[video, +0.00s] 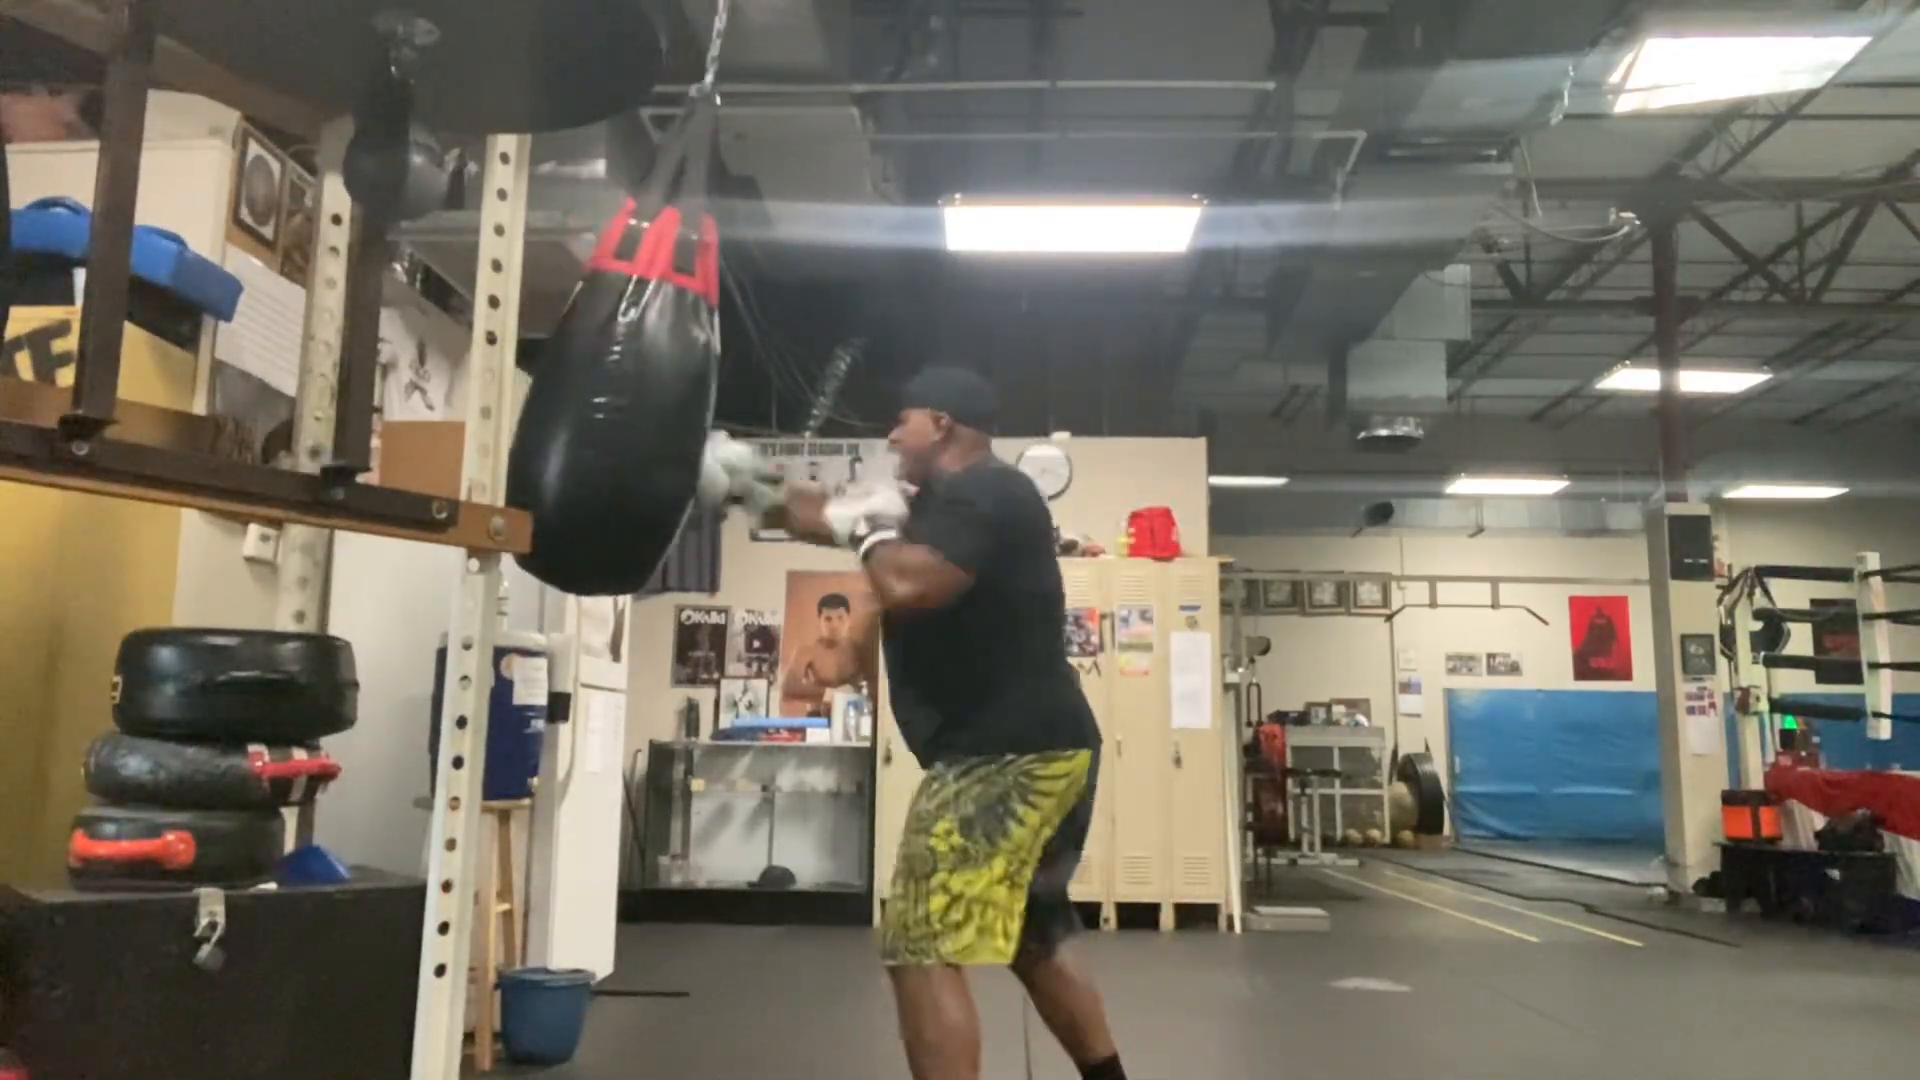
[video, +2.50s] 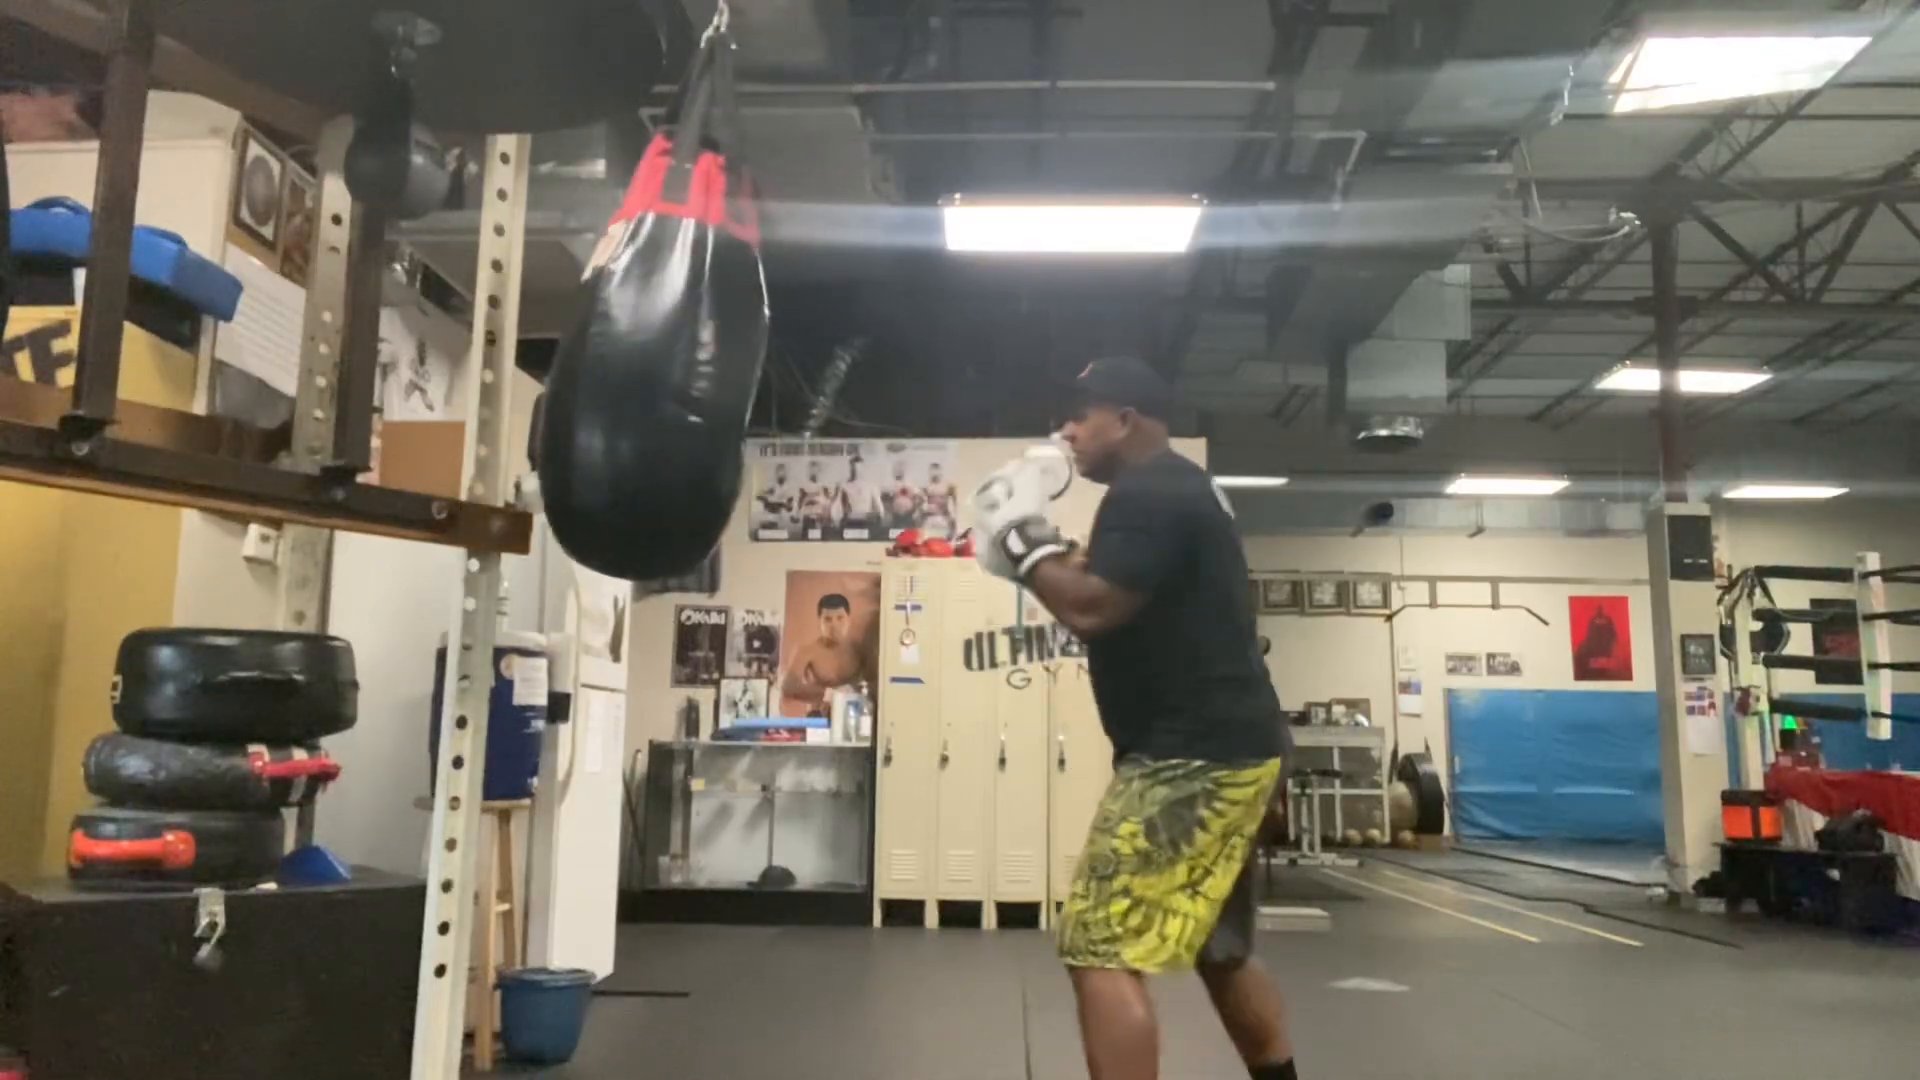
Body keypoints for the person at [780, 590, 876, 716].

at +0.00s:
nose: (834, 625)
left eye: (840, 618)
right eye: (828, 619)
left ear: (848, 620)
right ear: (819, 621)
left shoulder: (857, 651)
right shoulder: (808, 652)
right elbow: (789, 688)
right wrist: (825, 693)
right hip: (820, 716)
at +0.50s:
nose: (834, 624)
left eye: (840, 618)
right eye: (828, 619)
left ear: (848, 619)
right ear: (820, 620)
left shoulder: (858, 651)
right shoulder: (807, 651)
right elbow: (789, 688)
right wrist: (826, 693)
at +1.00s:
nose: (834, 625)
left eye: (840, 618)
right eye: (828, 619)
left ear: (848, 619)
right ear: (819, 620)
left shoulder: (857, 651)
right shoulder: (809, 651)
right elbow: (789, 686)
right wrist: (827, 693)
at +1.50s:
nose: (835, 625)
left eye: (840, 618)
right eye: (828, 619)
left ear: (849, 620)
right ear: (819, 621)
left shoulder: (859, 652)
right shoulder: (808, 652)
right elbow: (789, 687)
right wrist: (827, 693)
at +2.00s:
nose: (834, 625)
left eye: (840, 618)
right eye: (828, 619)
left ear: (848, 619)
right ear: (819, 620)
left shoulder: (857, 652)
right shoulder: (807, 652)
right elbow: (788, 688)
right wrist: (824, 693)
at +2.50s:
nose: (834, 625)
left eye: (840, 618)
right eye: (828, 619)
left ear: (848, 619)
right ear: (819, 620)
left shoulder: (857, 653)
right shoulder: (807, 652)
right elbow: (789, 688)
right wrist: (825, 694)